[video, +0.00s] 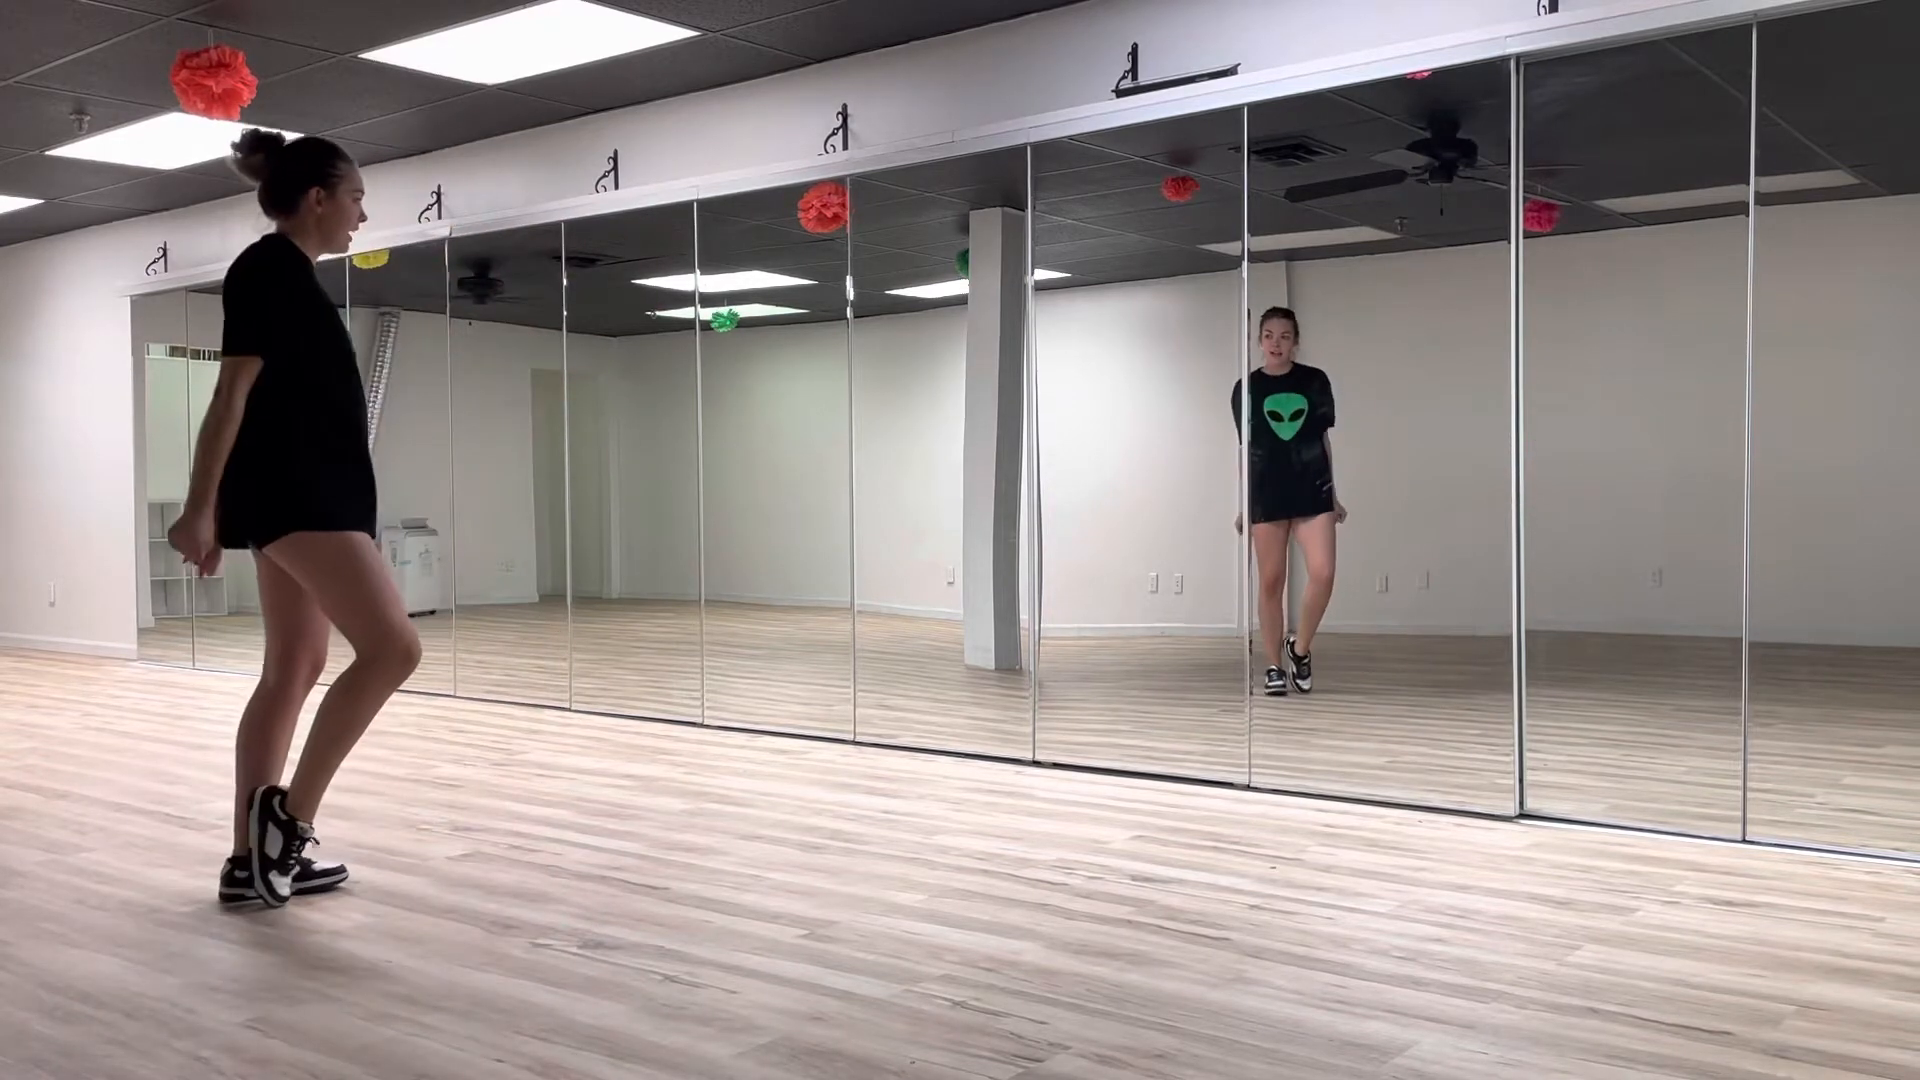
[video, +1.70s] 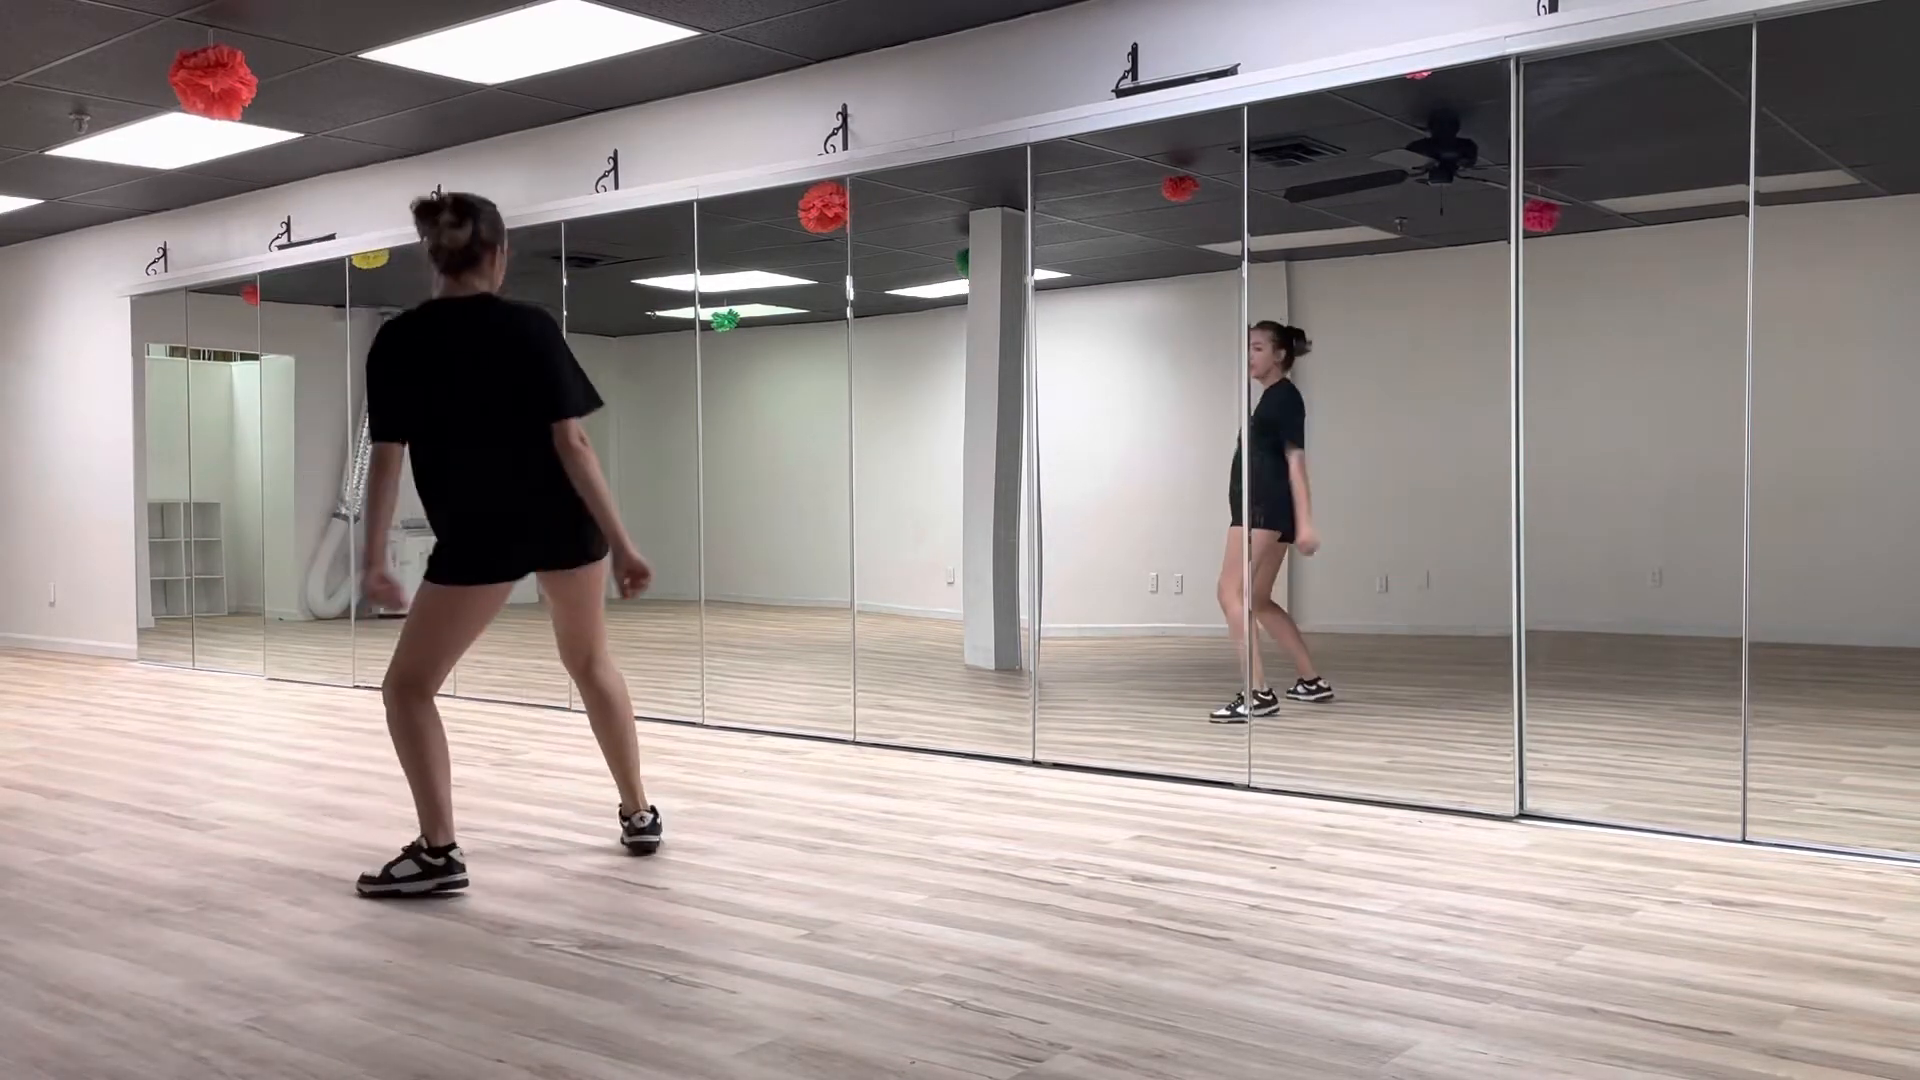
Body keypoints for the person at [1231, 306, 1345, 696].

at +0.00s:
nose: (1276, 342)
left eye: (1284, 336)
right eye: (1269, 335)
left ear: (1296, 341)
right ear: (1259, 340)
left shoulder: (1316, 380)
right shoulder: (1245, 388)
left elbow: (1323, 441)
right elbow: (1245, 451)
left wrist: (1332, 496)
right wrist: (1243, 506)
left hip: (1313, 493)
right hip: (1265, 496)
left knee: (1323, 575)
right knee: (1271, 581)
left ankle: (1301, 650)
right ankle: (1274, 666)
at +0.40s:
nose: (1294, 343)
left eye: (1302, 336)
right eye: (1287, 336)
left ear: (1313, 342)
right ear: (1277, 342)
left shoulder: (1335, 383)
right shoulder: (1262, 392)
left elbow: (1352, 443)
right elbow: (1244, 452)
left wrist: (1371, 498)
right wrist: (1227, 505)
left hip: (1332, 490)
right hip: (1284, 497)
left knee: (1370, 541)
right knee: (1286, 584)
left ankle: (1364, 632)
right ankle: (1277, 667)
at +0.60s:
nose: (1320, 332)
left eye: (1328, 326)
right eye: (1313, 326)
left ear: (1340, 334)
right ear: (1303, 333)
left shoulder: (1359, 375)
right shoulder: (1286, 381)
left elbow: (1370, 436)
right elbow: (1272, 449)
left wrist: (1377, 482)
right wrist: (1261, 505)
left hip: (1365, 480)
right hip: (1313, 489)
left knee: (1401, 560)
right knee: (1298, 580)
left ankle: (1430, 658)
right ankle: (1281, 665)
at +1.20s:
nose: (1300, 341)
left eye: (1310, 335)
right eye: (1295, 334)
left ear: (1327, 342)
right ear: (1290, 341)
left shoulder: (1345, 385)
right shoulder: (1284, 390)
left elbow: (1368, 446)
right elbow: (1284, 453)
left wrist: (1394, 504)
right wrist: (1283, 504)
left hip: (1339, 491)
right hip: (1296, 496)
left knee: (1331, 569)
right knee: (1291, 591)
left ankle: (1401, 635)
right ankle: (1323, 677)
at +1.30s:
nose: (1288, 338)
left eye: (1298, 331)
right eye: (1283, 331)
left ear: (1316, 337)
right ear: (1279, 337)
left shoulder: (1332, 381)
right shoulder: (1274, 387)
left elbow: (1354, 444)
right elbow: (1274, 452)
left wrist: (1377, 504)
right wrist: (1274, 502)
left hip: (1328, 484)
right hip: (1287, 491)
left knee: (1296, 557)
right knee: (1288, 588)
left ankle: (1356, 633)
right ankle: (1322, 675)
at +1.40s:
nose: (1278, 332)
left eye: (1288, 325)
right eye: (1274, 325)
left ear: (1306, 331)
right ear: (1269, 331)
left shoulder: (1319, 375)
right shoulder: (1266, 380)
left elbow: (1341, 440)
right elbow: (1263, 438)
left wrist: (1361, 500)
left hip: (1315, 482)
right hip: (1280, 486)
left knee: (1273, 555)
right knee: (1291, 580)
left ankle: (1304, 659)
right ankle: (1321, 670)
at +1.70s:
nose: (1250, 355)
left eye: (1257, 348)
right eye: (1249, 348)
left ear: (1280, 354)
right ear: (1265, 355)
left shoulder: (1284, 397)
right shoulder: (1272, 396)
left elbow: (1295, 461)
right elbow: (1273, 459)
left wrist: (1305, 523)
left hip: (1257, 510)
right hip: (1271, 510)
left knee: (1231, 594)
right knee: (1260, 600)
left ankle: (1257, 692)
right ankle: (1311, 680)